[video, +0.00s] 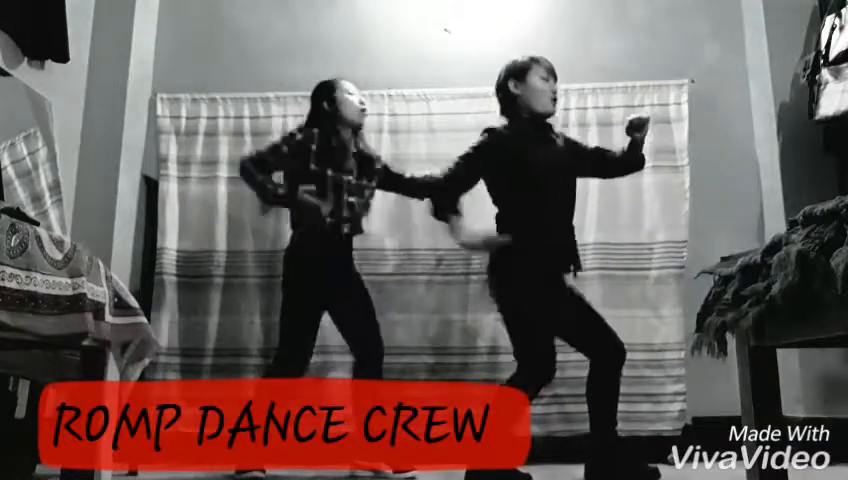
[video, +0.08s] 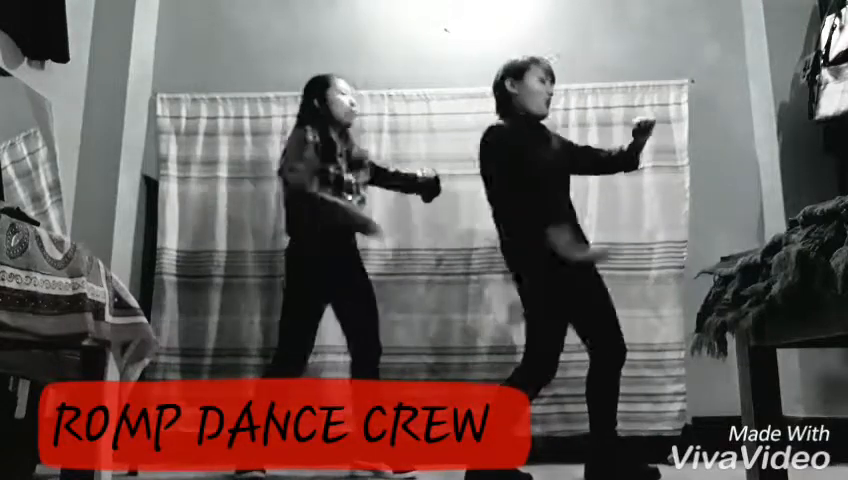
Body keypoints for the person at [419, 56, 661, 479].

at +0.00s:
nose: (555, 86)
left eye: (554, 79)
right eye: (545, 78)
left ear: (551, 92)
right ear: (516, 89)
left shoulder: (559, 147)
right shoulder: (499, 143)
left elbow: (617, 165)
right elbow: (444, 191)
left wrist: (635, 146)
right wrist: (461, 233)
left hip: (543, 273)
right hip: (517, 272)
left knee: (536, 369)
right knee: (608, 352)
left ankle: (479, 454)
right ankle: (604, 459)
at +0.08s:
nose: (552, 90)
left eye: (551, 83)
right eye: (544, 81)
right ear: (513, 86)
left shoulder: (546, 143)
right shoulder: (502, 139)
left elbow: (586, 159)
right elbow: (520, 202)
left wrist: (631, 152)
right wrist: (557, 240)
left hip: (558, 262)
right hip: (546, 263)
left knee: (538, 366)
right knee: (608, 350)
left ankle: (481, 448)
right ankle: (604, 458)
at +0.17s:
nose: (545, 99)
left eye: (547, 92)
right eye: (538, 89)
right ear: (508, 91)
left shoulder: (532, 145)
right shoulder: (501, 139)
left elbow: (607, 170)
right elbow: (551, 185)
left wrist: (637, 149)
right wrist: (607, 218)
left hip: (542, 268)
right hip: (552, 266)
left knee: (543, 369)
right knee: (612, 349)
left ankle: (479, 448)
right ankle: (604, 458)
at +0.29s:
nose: (546, 119)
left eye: (549, 112)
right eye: (542, 107)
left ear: (513, 105)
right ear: (512, 99)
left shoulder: (473, 148)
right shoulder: (525, 152)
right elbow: (598, 194)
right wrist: (632, 171)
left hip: (510, 276)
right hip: (538, 273)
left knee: (543, 373)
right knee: (615, 347)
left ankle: (480, 447)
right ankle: (605, 456)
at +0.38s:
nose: (568, 107)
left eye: (572, 101)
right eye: (565, 94)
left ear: (554, 97)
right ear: (537, 85)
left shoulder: (546, 148)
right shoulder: (499, 127)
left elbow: (605, 193)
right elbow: (498, 186)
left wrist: (633, 174)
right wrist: (516, 236)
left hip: (545, 266)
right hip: (531, 264)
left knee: (532, 367)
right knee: (605, 348)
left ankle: (479, 451)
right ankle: (613, 455)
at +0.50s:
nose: (614, 75)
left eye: (615, 68)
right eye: (608, 65)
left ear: (587, 69)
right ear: (579, 65)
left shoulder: (581, 118)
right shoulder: (555, 104)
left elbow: (614, 164)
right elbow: (514, 147)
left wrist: (647, 164)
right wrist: (495, 199)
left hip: (576, 248)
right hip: (565, 248)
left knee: (534, 340)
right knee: (594, 352)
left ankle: (486, 435)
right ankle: (614, 453)